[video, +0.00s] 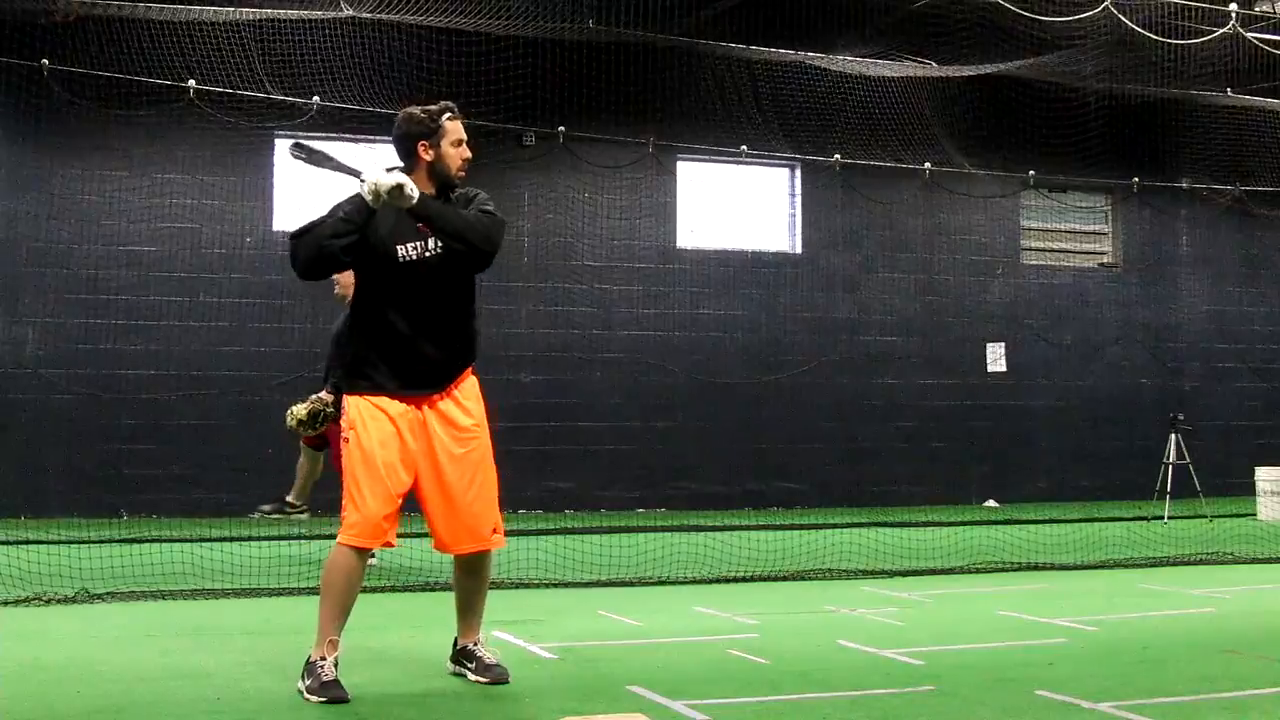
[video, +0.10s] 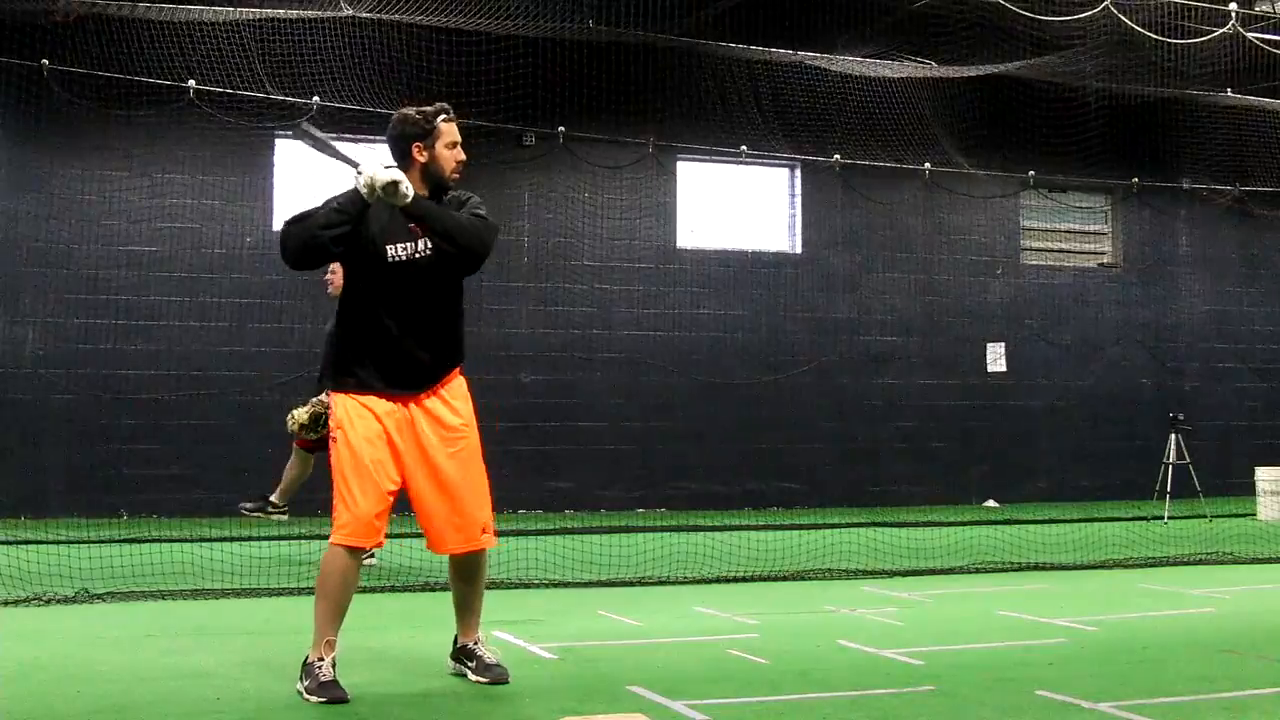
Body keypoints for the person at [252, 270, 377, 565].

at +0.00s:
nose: (335, 280)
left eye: (341, 273)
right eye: (335, 273)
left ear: (359, 277)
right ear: (349, 279)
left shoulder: (366, 319)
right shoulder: (353, 319)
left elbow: (351, 359)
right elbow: (341, 359)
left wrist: (330, 393)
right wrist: (328, 393)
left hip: (374, 401)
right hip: (345, 396)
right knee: (313, 435)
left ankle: (365, 540)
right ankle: (296, 501)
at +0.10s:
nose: (327, 278)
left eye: (334, 271)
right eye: (327, 272)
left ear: (352, 275)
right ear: (338, 278)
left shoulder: (361, 313)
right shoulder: (346, 314)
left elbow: (361, 365)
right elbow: (339, 360)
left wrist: (327, 398)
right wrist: (325, 396)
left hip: (364, 396)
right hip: (339, 393)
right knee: (305, 440)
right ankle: (278, 501)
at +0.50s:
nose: (297, 280)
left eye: (304, 275)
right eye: (298, 275)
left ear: (321, 281)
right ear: (311, 283)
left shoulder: (329, 314)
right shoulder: (306, 318)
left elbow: (335, 368)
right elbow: (301, 372)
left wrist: (336, 407)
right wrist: (284, 408)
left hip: (325, 410)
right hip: (295, 412)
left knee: (341, 478)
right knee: (296, 478)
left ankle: (360, 542)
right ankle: (290, 542)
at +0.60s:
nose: (289, 280)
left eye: (295, 275)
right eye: (289, 275)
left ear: (314, 281)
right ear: (299, 283)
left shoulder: (320, 315)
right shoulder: (297, 317)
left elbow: (330, 368)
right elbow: (293, 369)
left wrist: (326, 417)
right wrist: (271, 394)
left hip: (312, 412)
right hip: (287, 412)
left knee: (331, 479)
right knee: (293, 478)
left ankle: (350, 537)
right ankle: (289, 542)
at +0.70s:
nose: (280, 279)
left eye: (287, 274)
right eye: (282, 273)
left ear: (305, 280)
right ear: (296, 281)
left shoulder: (314, 311)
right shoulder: (291, 314)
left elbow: (328, 356)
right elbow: (294, 366)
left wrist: (322, 394)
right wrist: (270, 387)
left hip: (303, 407)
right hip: (284, 406)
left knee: (299, 475)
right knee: (294, 476)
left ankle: (348, 523)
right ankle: (289, 543)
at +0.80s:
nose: (275, 279)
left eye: (282, 274)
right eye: (276, 274)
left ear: (301, 279)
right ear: (293, 281)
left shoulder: (310, 312)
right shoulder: (288, 313)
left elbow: (326, 363)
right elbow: (292, 365)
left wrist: (302, 381)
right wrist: (267, 383)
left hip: (301, 403)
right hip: (285, 402)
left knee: (280, 466)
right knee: (290, 470)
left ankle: (322, 526)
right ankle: (288, 541)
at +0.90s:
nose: (272, 281)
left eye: (279, 276)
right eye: (273, 275)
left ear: (297, 282)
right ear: (292, 283)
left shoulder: (305, 313)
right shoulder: (285, 314)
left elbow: (313, 369)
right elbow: (287, 364)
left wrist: (274, 382)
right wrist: (264, 387)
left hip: (292, 407)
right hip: (281, 406)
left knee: (271, 464)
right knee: (287, 469)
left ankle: (295, 534)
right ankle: (290, 535)